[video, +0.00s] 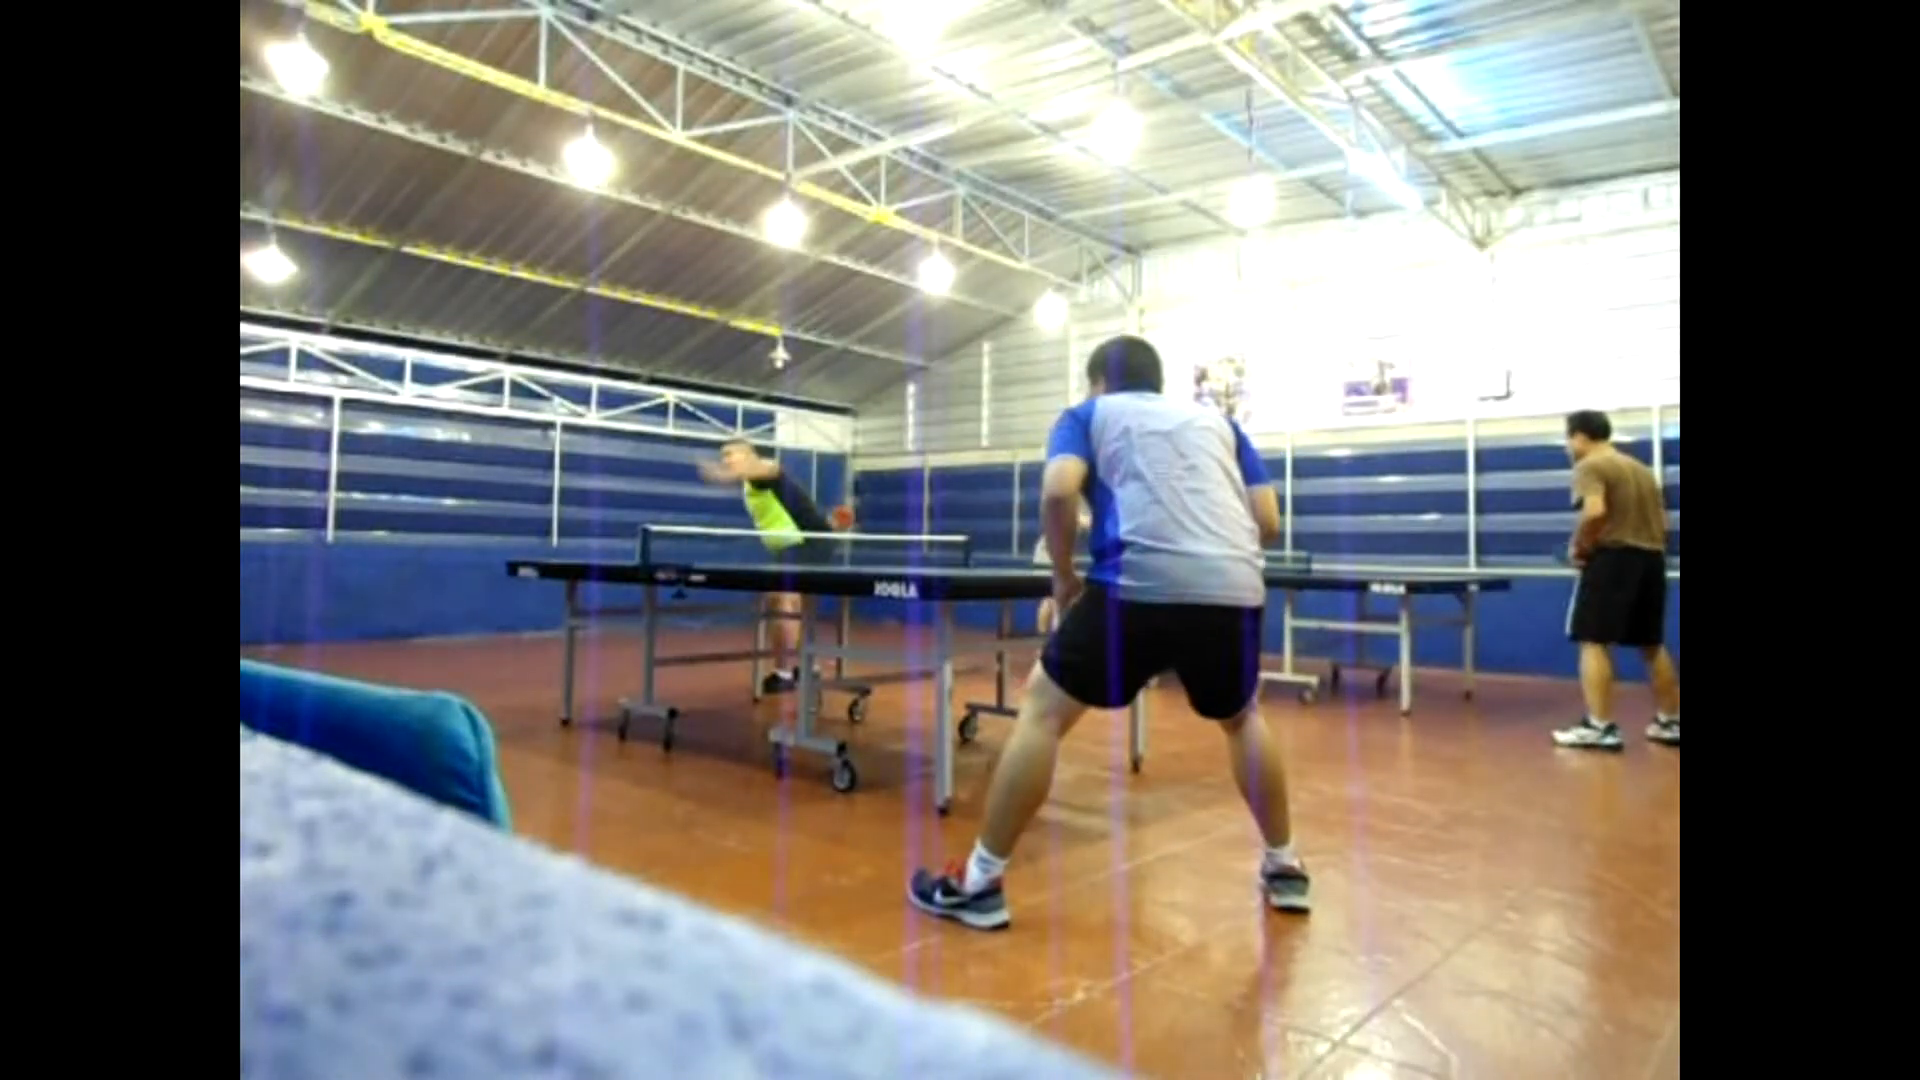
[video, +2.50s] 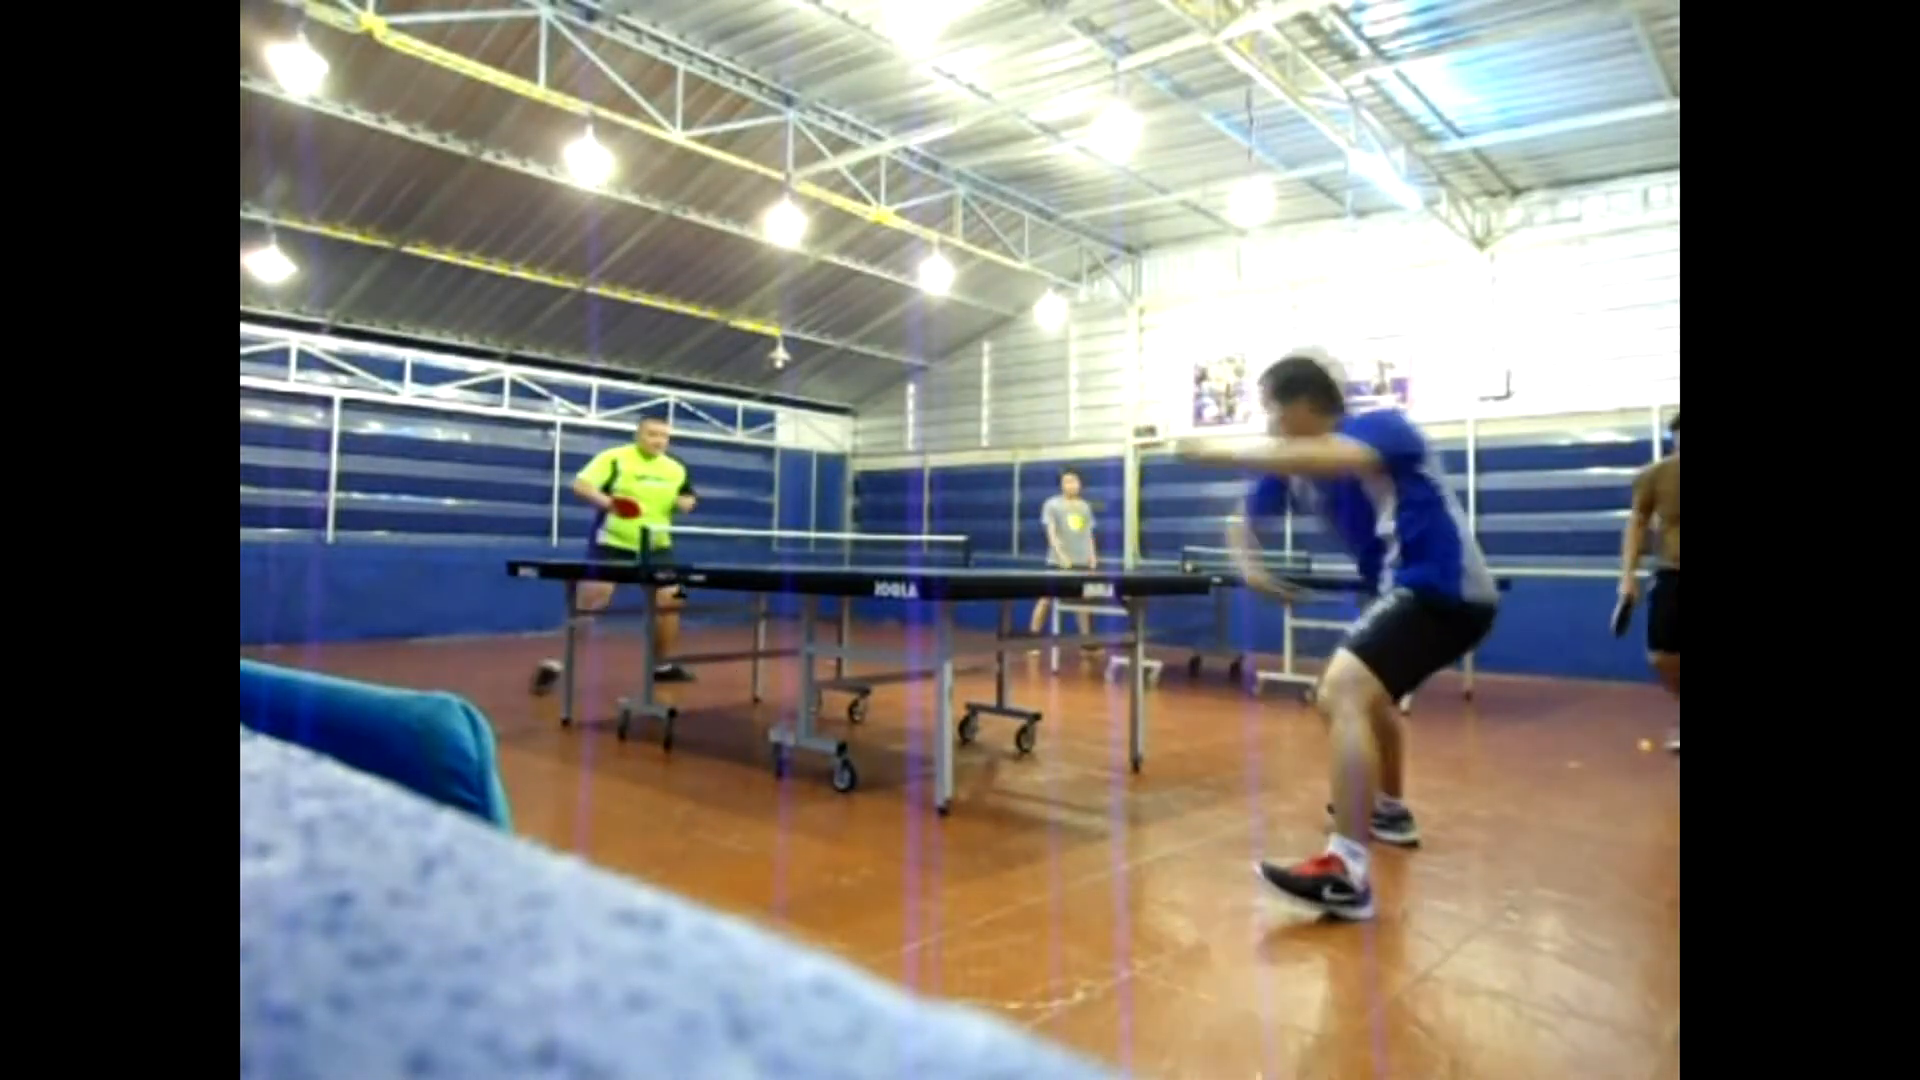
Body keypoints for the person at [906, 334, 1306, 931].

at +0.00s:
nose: (1087, 396)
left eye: (1088, 387)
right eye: (1089, 389)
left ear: (1101, 383)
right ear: (1159, 383)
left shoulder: (1086, 414)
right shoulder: (1220, 423)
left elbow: (1060, 490)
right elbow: (1268, 521)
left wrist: (1065, 584)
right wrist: (1215, 552)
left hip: (1137, 589)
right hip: (1232, 594)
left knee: (1043, 718)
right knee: (1242, 719)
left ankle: (979, 883)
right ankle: (1284, 866)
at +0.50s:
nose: (1044, 336)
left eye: (1045, 327)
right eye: (1048, 328)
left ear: (1053, 327)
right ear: (1114, 329)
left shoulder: (1037, 369)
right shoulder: (1169, 384)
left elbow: (1004, 439)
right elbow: (1207, 481)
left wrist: (1003, 528)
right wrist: (1167, 532)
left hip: (1070, 564)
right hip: (1164, 566)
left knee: (1014, 701)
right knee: (1190, 686)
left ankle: (982, 868)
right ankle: (1238, 822)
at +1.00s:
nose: (1140, 365)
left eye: (1143, 357)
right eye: (1144, 357)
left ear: (1152, 358)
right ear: (1202, 361)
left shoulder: (1132, 404)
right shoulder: (1235, 425)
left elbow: (1079, 454)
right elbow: (1246, 501)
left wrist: (1022, 472)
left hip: (1144, 590)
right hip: (1219, 597)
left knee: (1081, 698)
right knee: (1235, 707)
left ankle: (1055, 849)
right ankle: (1268, 837)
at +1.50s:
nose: (1151, 451)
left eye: (1153, 444)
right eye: (1151, 446)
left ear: (1166, 438)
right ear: (1198, 435)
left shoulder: (1190, 446)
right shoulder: (1207, 473)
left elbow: (1187, 474)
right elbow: (1166, 529)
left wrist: (1128, 488)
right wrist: (1109, 522)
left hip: (1238, 591)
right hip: (1271, 594)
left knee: (1167, 695)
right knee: (1215, 679)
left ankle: (1221, 811)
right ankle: (1206, 772)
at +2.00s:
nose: (1216, 386)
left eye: (1220, 376)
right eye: (1217, 376)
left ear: (1240, 371)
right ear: (1269, 372)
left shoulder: (1254, 399)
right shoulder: (1297, 415)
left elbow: (1248, 448)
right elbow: (1320, 493)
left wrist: (1163, 509)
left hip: (1290, 567)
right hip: (1333, 570)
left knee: (1220, 680)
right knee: (1292, 675)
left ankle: (1296, 827)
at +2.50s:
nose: (1271, 425)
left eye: (1276, 411)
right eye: (1269, 413)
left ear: (1307, 405)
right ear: (1301, 408)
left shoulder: (1382, 428)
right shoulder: (1296, 460)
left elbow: (1343, 458)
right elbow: (1242, 524)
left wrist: (1224, 455)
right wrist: (1255, 571)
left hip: (1443, 592)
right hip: (1406, 593)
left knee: (1343, 692)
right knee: (1368, 693)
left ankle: (1347, 865)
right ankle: (1389, 809)